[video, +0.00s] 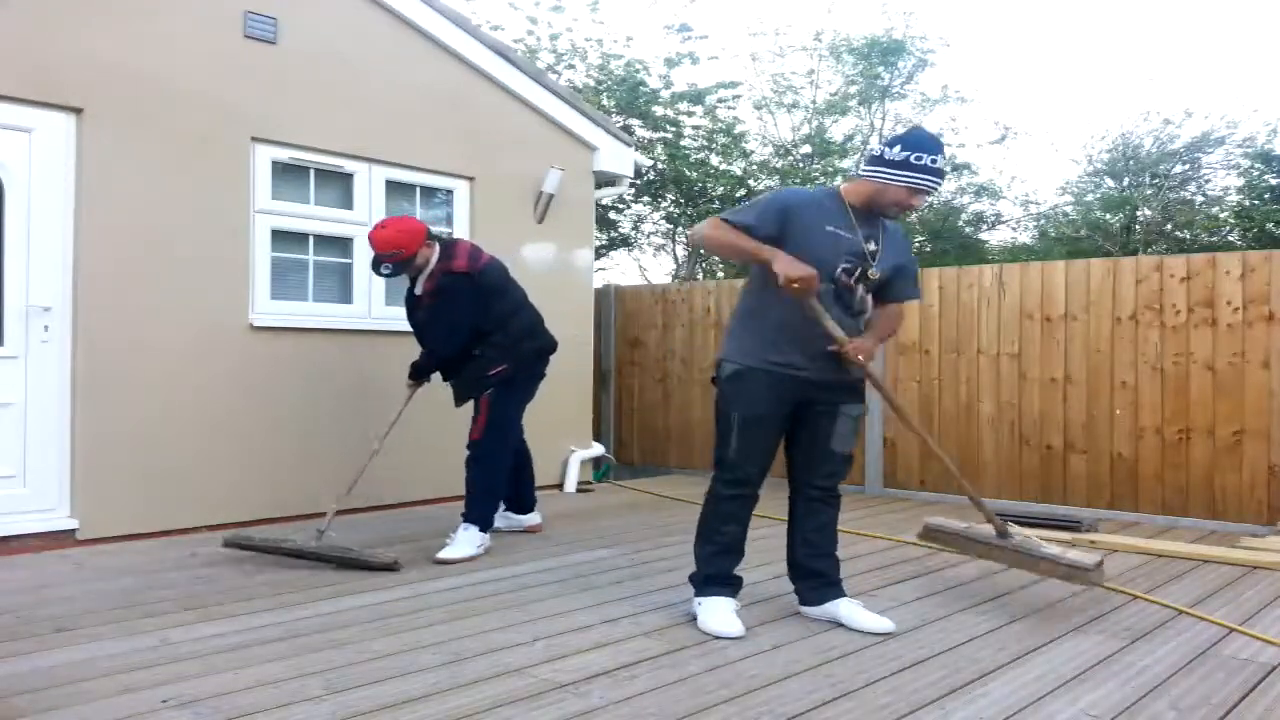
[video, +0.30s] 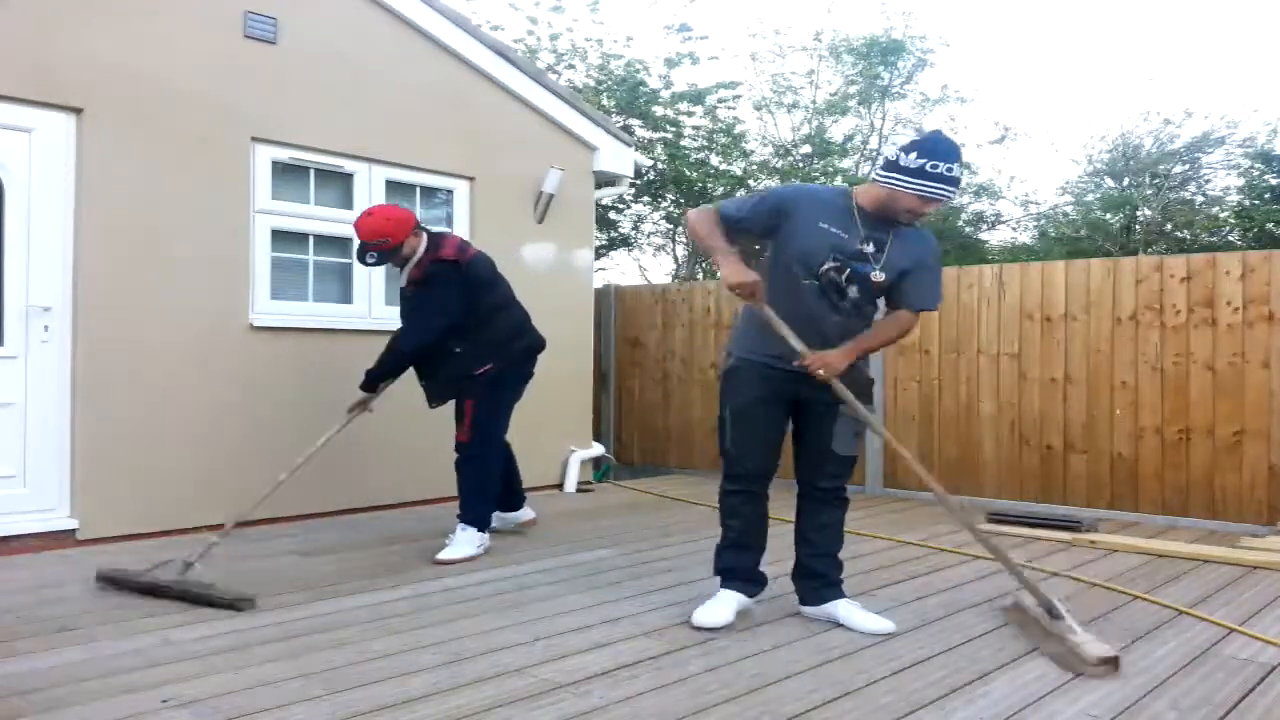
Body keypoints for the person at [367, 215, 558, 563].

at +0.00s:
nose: (399, 272)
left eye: (401, 265)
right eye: (395, 267)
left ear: (421, 250)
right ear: (424, 247)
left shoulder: (456, 277)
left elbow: (451, 341)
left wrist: (423, 367)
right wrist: (430, 360)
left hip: (512, 356)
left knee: (485, 440)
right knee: (505, 432)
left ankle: (475, 529)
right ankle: (521, 510)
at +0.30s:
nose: (388, 263)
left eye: (390, 255)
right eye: (384, 258)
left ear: (410, 240)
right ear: (411, 238)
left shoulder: (439, 272)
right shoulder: (436, 254)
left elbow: (416, 336)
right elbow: (421, 329)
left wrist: (373, 382)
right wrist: (384, 376)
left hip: (496, 356)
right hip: (494, 352)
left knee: (473, 441)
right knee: (485, 434)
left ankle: (473, 530)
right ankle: (511, 507)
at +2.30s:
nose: (319, 245)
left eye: (329, 238)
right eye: (311, 236)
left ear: (347, 224)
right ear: (295, 219)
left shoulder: (376, 254)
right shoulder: (274, 241)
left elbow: (388, 325)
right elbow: (236, 285)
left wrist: (311, 343)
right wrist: (216, 271)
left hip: (366, 364)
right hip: (295, 361)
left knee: (378, 445)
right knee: (283, 445)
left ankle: (396, 533)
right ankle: (280, 537)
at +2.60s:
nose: (338, 248)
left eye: (348, 242)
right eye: (331, 238)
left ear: (361, 229)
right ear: (311, 217)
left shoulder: (376, 255)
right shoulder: (269, 236)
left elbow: (406, 316)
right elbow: (228, 288)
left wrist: (397, 355)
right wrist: (275, 293)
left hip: (347, 366)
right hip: (275, 364)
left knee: (349, 446)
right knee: (270, 447)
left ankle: (347, 530)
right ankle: (277, 536)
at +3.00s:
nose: (318, 249)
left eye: (327, 242)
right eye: (312, 240)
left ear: (338, 230)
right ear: (291, 219)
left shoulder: (349, 260)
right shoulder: (238, 238)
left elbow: (379, 324)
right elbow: (198, 294)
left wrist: (366, 362)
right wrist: (257, 294)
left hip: (309, 374)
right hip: (234, 370)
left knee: (328, 449)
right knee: (212, 451)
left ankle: (344, 530)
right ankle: (188, 541)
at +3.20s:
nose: (272, 243)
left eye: (280, 236)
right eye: (264, 234)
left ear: (291, 225)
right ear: (240, 217)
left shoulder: (305, 255)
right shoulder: (194, 234)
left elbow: (332, 320)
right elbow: (141, 288)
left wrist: (295, 353)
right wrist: (187, 274)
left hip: (267, 369)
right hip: (196, 368)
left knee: (296, 447)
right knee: (188, 454)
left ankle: (329, 526)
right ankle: (184, 543)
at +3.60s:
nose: (232, 242)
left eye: (241, 235)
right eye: (224, 232)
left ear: (254, 222)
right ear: (202, 213)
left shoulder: (270, 250)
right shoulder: (164, 232)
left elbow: (263, 321)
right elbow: (90, 279)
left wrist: (194, 336)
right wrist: (130, 245)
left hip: (243, 362)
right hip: (174, 362)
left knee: (256, 441)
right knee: (177, 450)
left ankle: (256, 527)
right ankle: (181, 544)